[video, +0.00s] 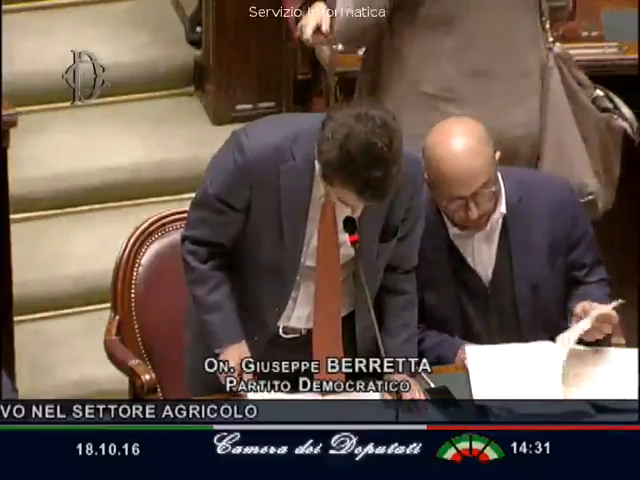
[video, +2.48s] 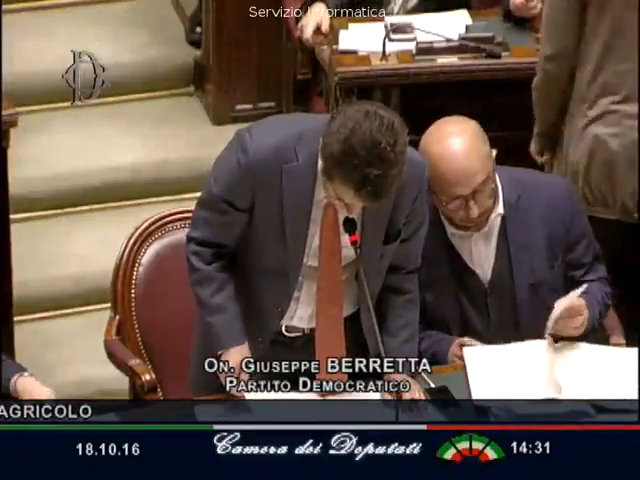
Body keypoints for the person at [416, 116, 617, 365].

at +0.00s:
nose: (474, 211)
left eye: (484, 192)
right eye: (456, 201)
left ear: (496, 160)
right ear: (429, 182)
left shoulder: (554, 199)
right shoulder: (408, 222)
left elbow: (589, 278)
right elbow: (399, 325)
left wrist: (588, 310)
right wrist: (456, 355)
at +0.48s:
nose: (474, 210)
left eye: (484, 190)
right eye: (457, 199)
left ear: (495, 157)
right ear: (428, 183)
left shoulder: (554, 197)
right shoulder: (409, 222)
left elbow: (587, 272)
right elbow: (398, 326)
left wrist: (603, 307)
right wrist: (455, 353)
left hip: (555, 377)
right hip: (458, 387)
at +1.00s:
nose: (475, 208)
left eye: (482, 189)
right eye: (458, 199)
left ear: (494, 159)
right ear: (430, 184)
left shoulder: (552, 195)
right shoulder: (410, 221)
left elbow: (597, 276)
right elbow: (402, 327)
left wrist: (580, 298)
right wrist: (455, 354)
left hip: (553, 372)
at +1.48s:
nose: (480, 207)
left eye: (485, 186)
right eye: (462, 199)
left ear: (492, 158)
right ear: (431, 190)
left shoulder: (552, 199)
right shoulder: (409, 225)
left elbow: (595, 283)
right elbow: (402, 329)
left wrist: (557, 312)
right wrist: (457, 353)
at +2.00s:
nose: (480, 206)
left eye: (486, 185)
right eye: (462, 198)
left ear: (493, 156)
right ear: (431, 187)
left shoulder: (552, 196)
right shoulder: (409, 224)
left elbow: (594, 284)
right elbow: (401, 326)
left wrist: (563, 316)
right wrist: (454, 353)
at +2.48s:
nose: (473, 210)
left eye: (480, 191)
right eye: (455, 200)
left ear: (493, 161)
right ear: (428, 188)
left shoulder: (553, 198)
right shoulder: (408, 224)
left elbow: (594, 279)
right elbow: (396, 326)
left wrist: (583, 312)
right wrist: (446, 350)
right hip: (461, 382)